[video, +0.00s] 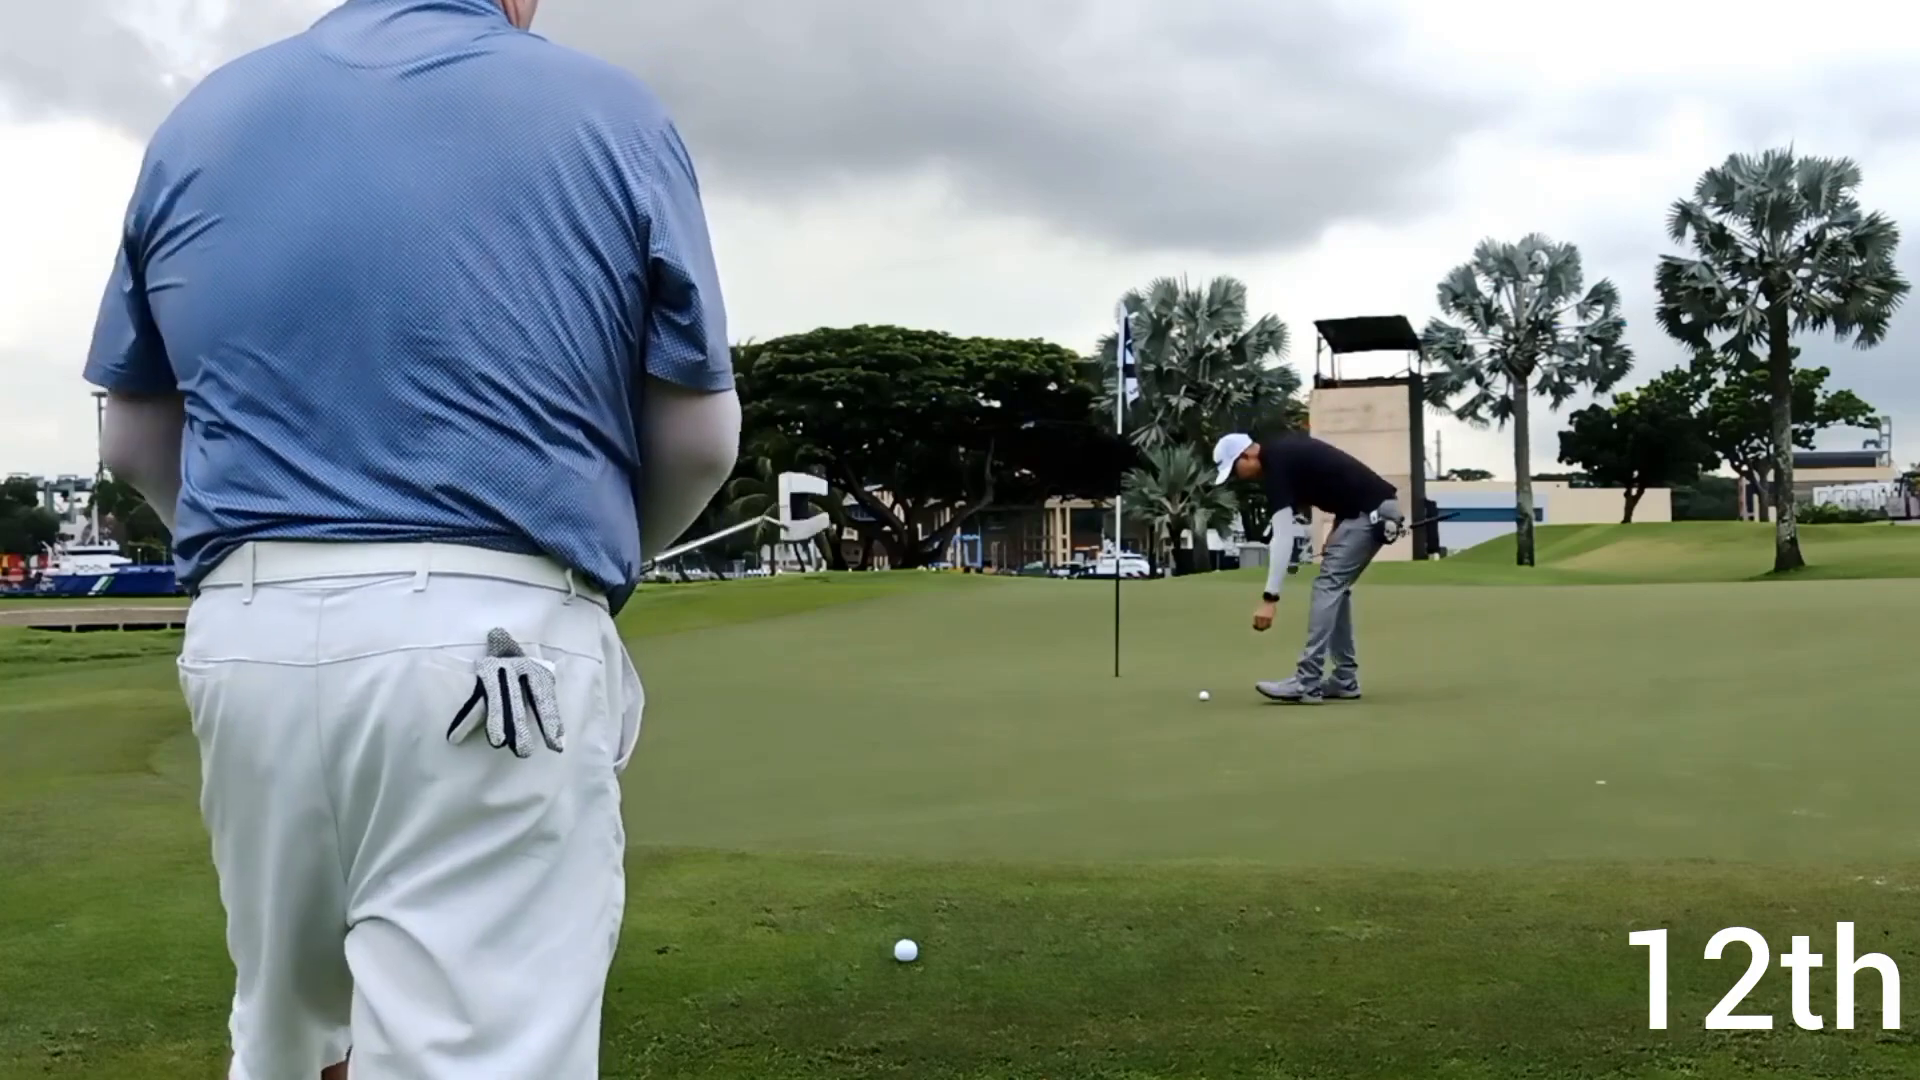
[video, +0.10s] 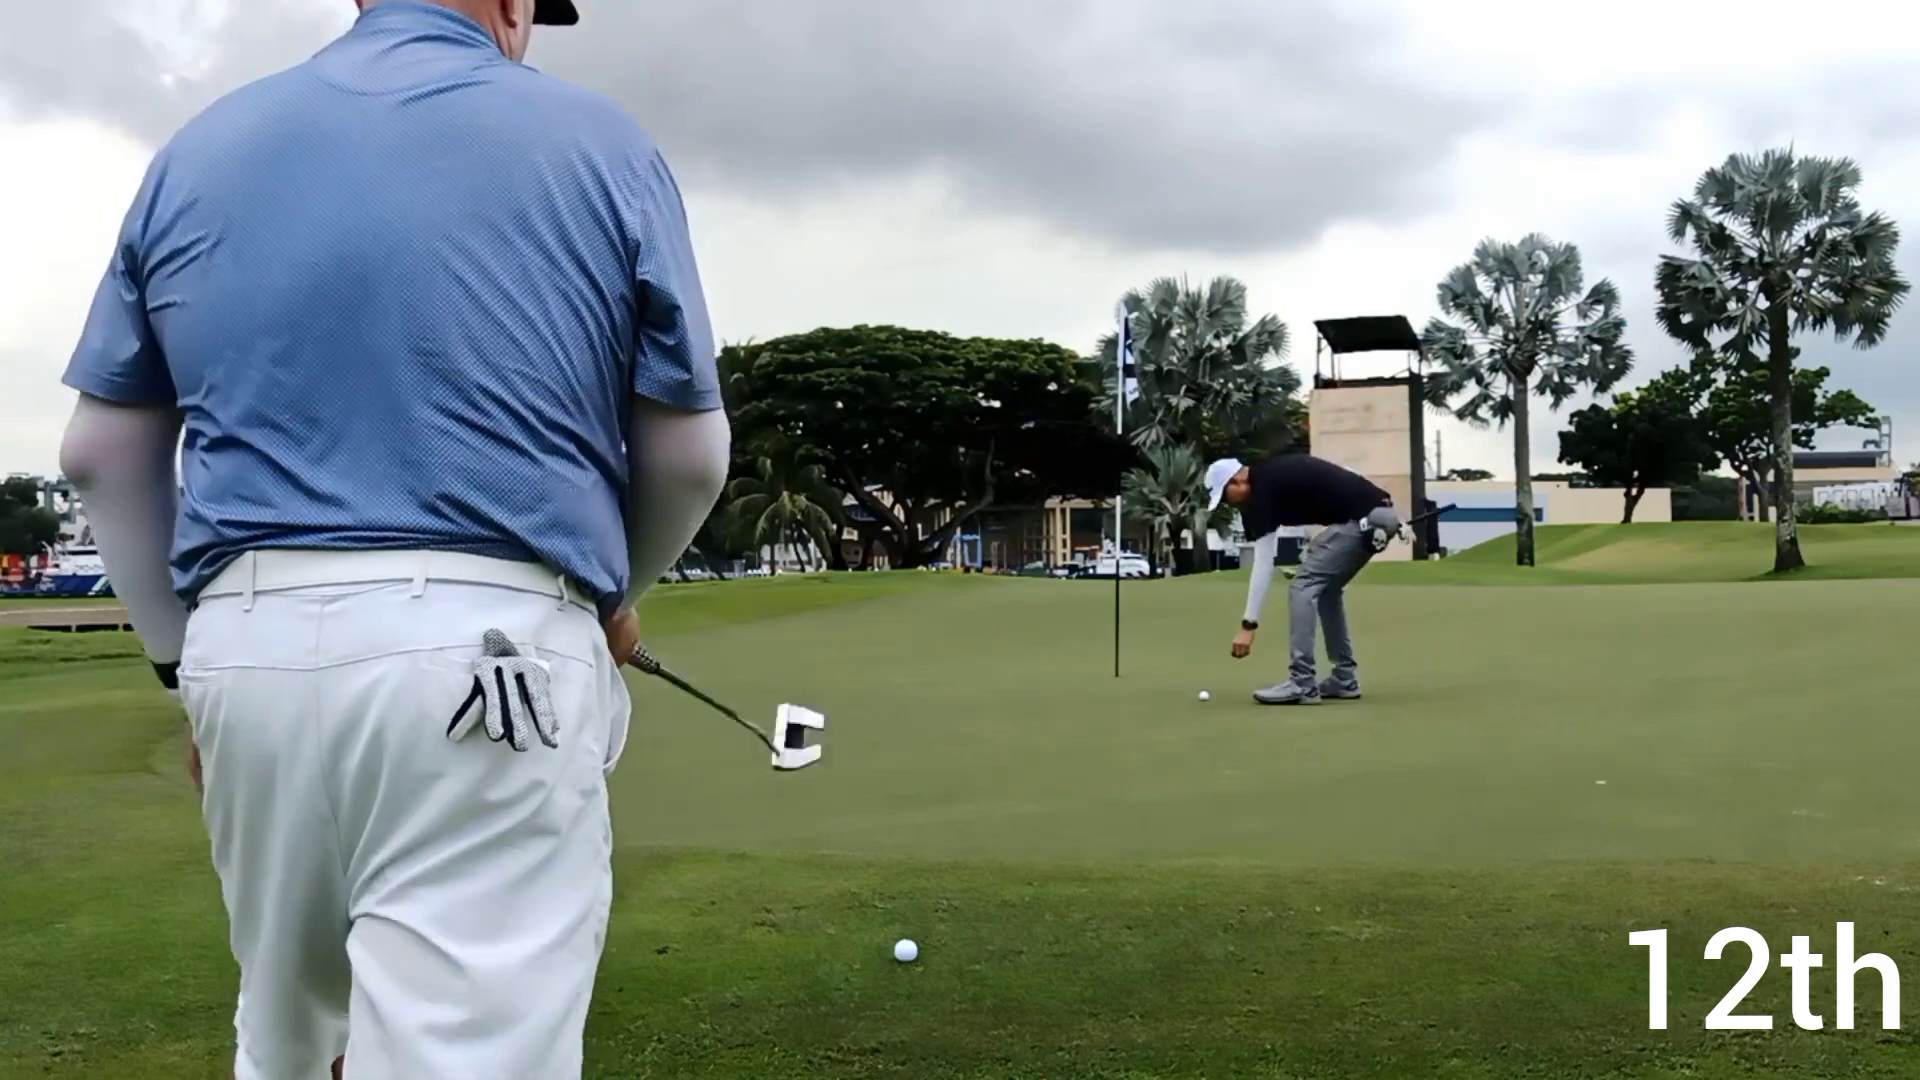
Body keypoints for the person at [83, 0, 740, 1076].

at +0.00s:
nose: (546, 22)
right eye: (546, 17)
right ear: (521, 4)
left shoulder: (206, 112)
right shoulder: (608, 108)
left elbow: (137, 436)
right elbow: (698, 439)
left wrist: (275, 536)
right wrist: (577, 552)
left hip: (250, 625)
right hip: (499, 620)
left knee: (286, 1043)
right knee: (473, 1055)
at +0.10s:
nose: (531, 39)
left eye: (535, 23)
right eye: (536, 21)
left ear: (367, 10)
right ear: (507, 11)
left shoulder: (200, 147)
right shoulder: (600, 139)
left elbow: (107, 452)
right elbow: (689, 457)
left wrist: (192, 668)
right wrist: (611, 587)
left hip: (252, 630)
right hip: (499, 623)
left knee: (287, 1037)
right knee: (466, 1052)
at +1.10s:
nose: (501, 169)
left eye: (504, 151)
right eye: (506, 148)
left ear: (378, 115)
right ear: (476, 126)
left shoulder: (256, 217)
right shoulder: (525, 239)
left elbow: (181, 421)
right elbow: (596, 438)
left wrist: (250, 526)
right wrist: (603, 603)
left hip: (291, 565)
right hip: (457, 564)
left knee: (297, 865)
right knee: (427, 879)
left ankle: (291, 1076)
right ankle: (398, 1075)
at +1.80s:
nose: (558, 221)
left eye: (563, 205)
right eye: (559, 199)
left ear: (472, 165)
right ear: (523, 172)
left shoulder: (365, 249)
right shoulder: (528, 254)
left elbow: (324, 382)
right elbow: (554, 389)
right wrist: (579, 547)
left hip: (351, 524)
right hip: (468, 529)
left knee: (400, 774)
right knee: (499, 774)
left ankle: (402, 988)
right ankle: (414, 992)